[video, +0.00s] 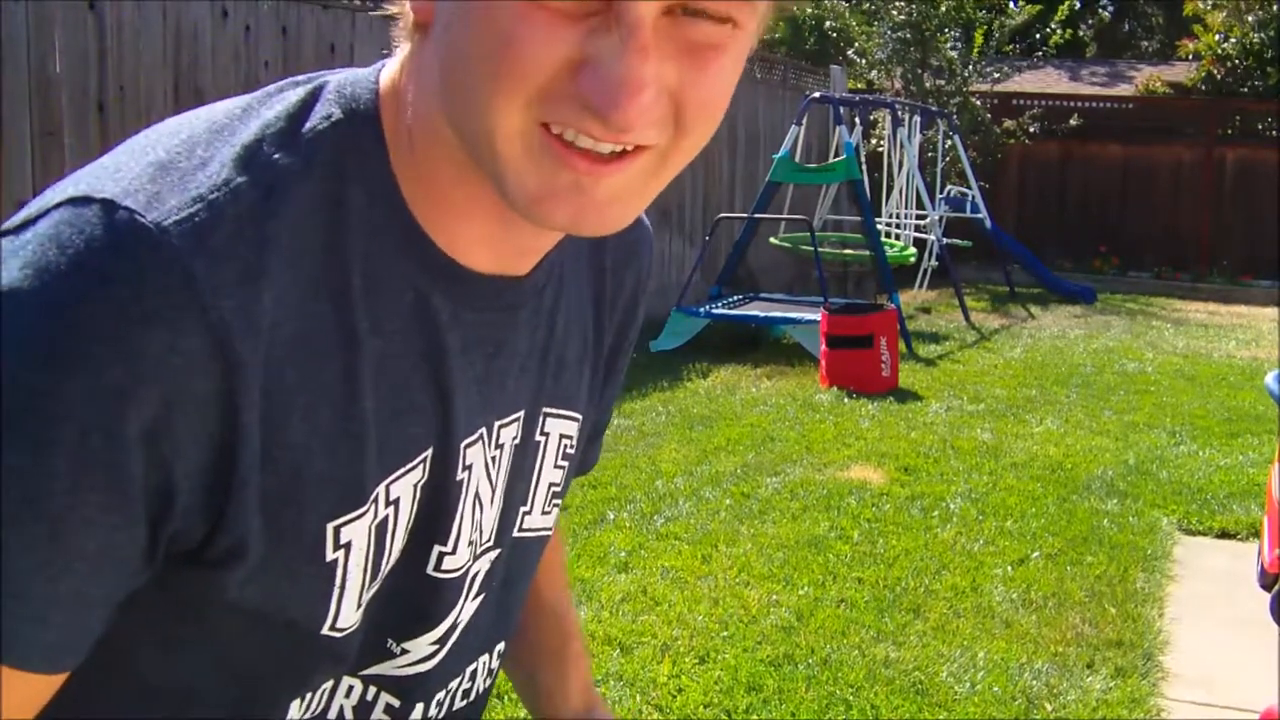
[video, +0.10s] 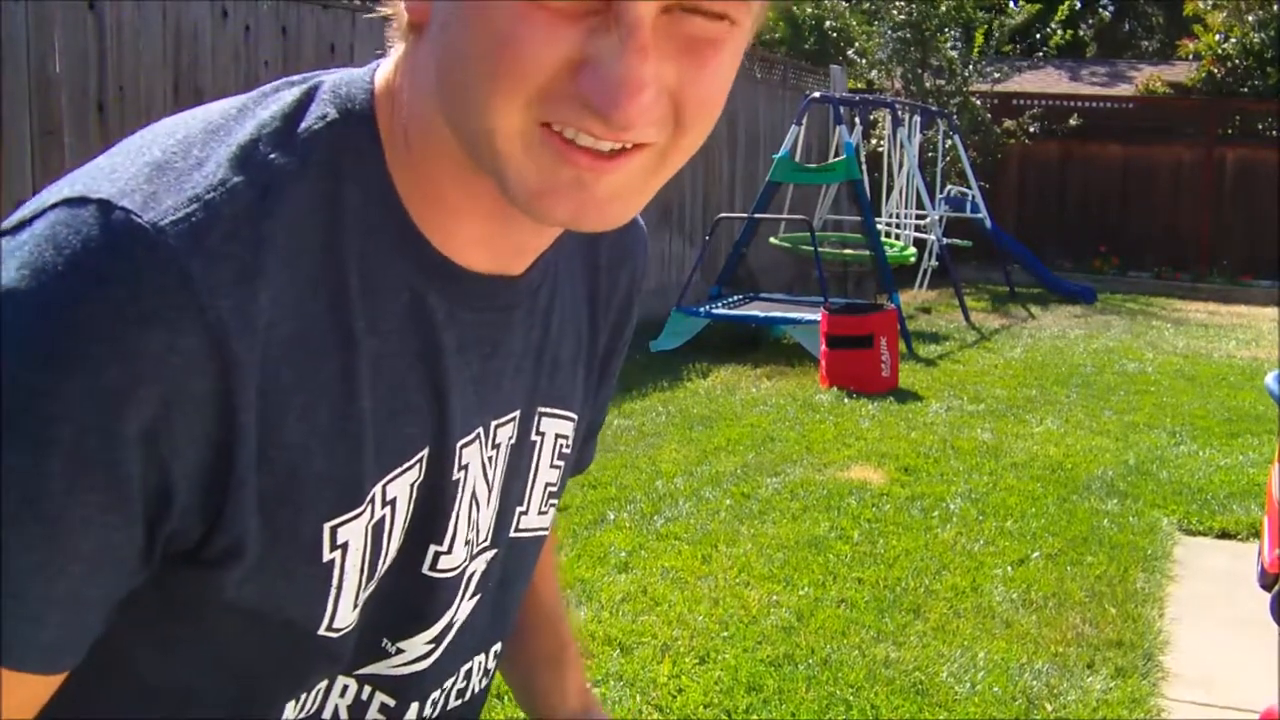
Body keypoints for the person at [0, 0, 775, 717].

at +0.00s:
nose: (627, 90)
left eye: (698, 16)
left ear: (754, 44)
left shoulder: (612, 259)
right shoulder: (115, 286)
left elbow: (519, 516)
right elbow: (12, 690)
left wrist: (570, 704)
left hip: (436, 699)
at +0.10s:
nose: (628, 90)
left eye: (699, 16)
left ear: (749, 44)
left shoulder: (607, 260)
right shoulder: (112, 287)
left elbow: (507, 517)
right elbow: (12, 691)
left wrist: (567, 703)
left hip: (434, 698)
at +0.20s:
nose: (634, 86)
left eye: (702, 5)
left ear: (748, 30)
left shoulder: (604, 257)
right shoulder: (108, 289)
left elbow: (506, 518)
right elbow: (13, 690)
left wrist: (562, 702)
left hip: (434, 696)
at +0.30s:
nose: (638, 88)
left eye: (701, 12)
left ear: (743, 34)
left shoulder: (604, 253)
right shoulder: (109, 287)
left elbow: (506, 518)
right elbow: (11, 692)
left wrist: (564, 706)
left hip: (437, 700)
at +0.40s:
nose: (641, 89)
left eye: (701, 10)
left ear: (742, 30)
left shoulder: (606, 252)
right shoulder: (111, 284)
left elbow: (504, 517)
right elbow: (11, 691)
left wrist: (569, 708)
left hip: (435, 699)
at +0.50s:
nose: (636, 87)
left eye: (697, 12)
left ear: (740, 31)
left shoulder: (612, 256)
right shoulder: (111, 285)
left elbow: (511, 516)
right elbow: (11, 689)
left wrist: (575, 707)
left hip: (438, 697)